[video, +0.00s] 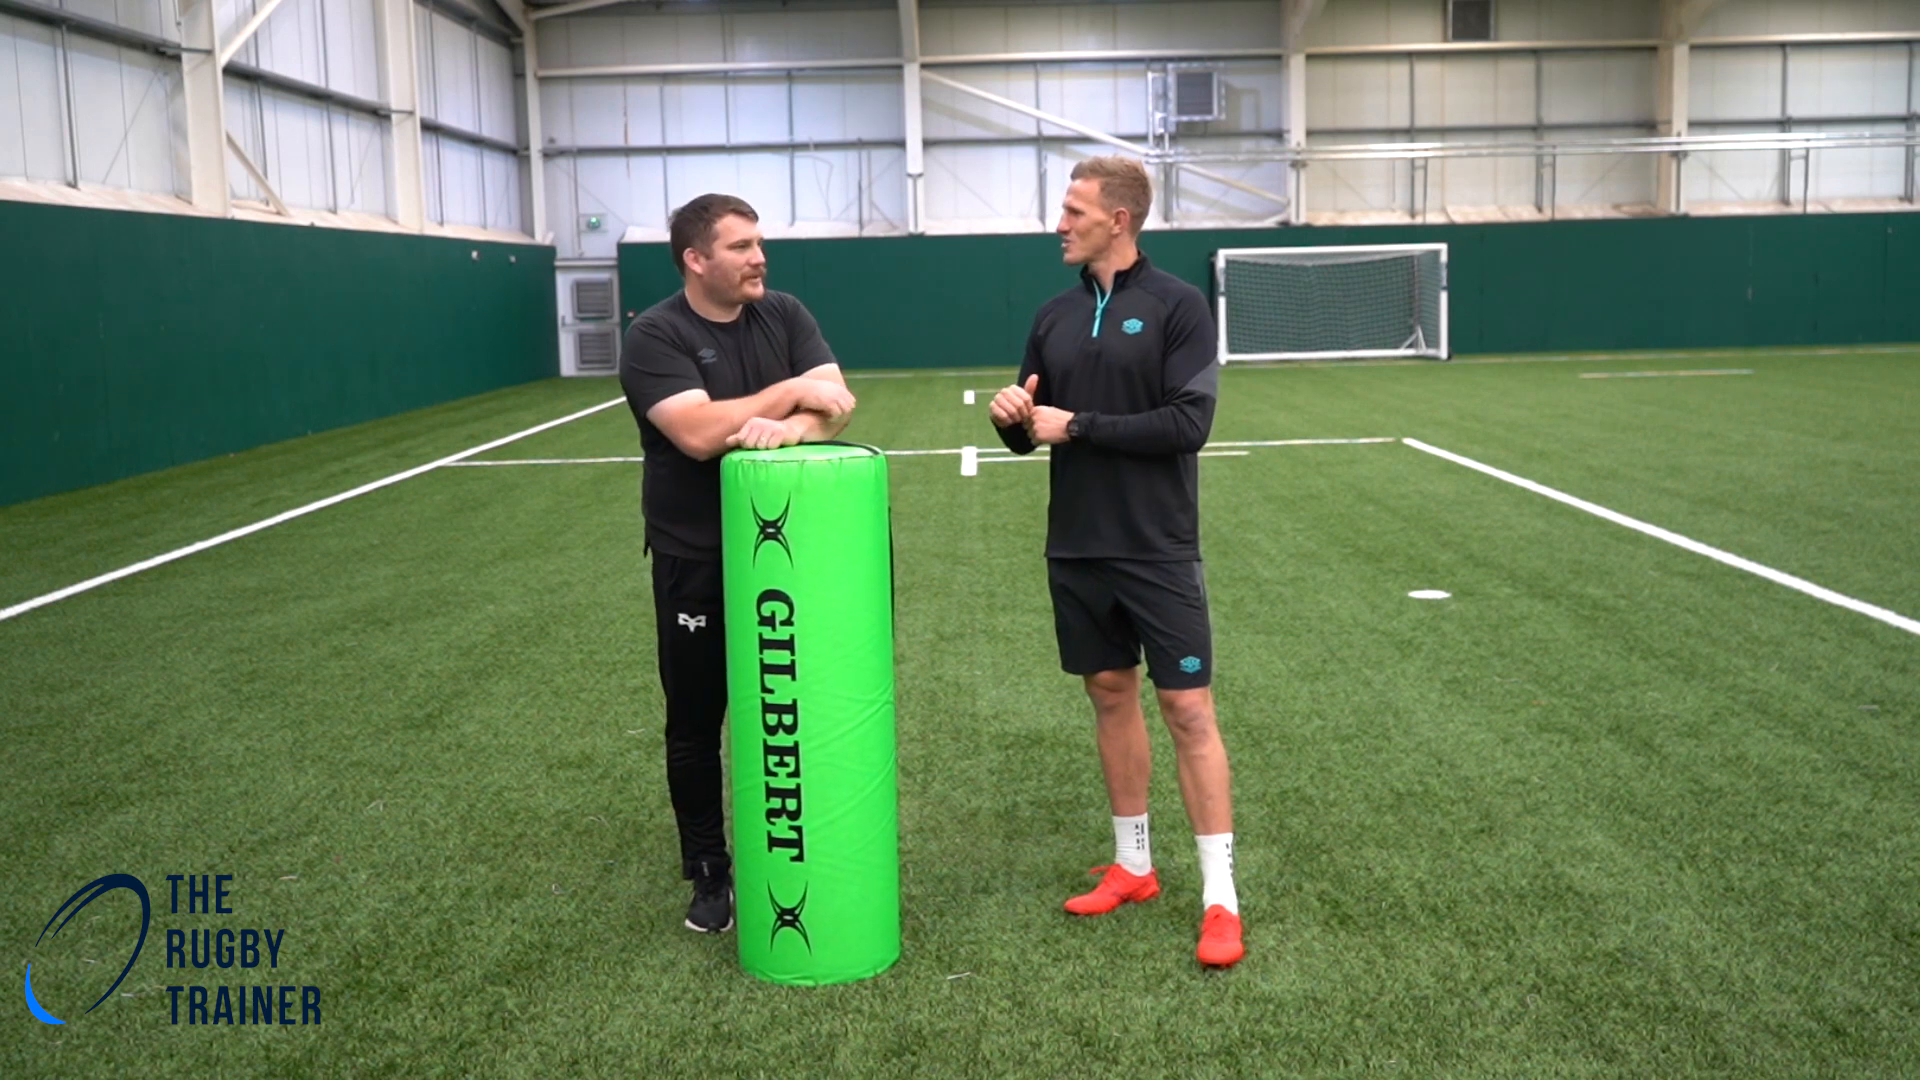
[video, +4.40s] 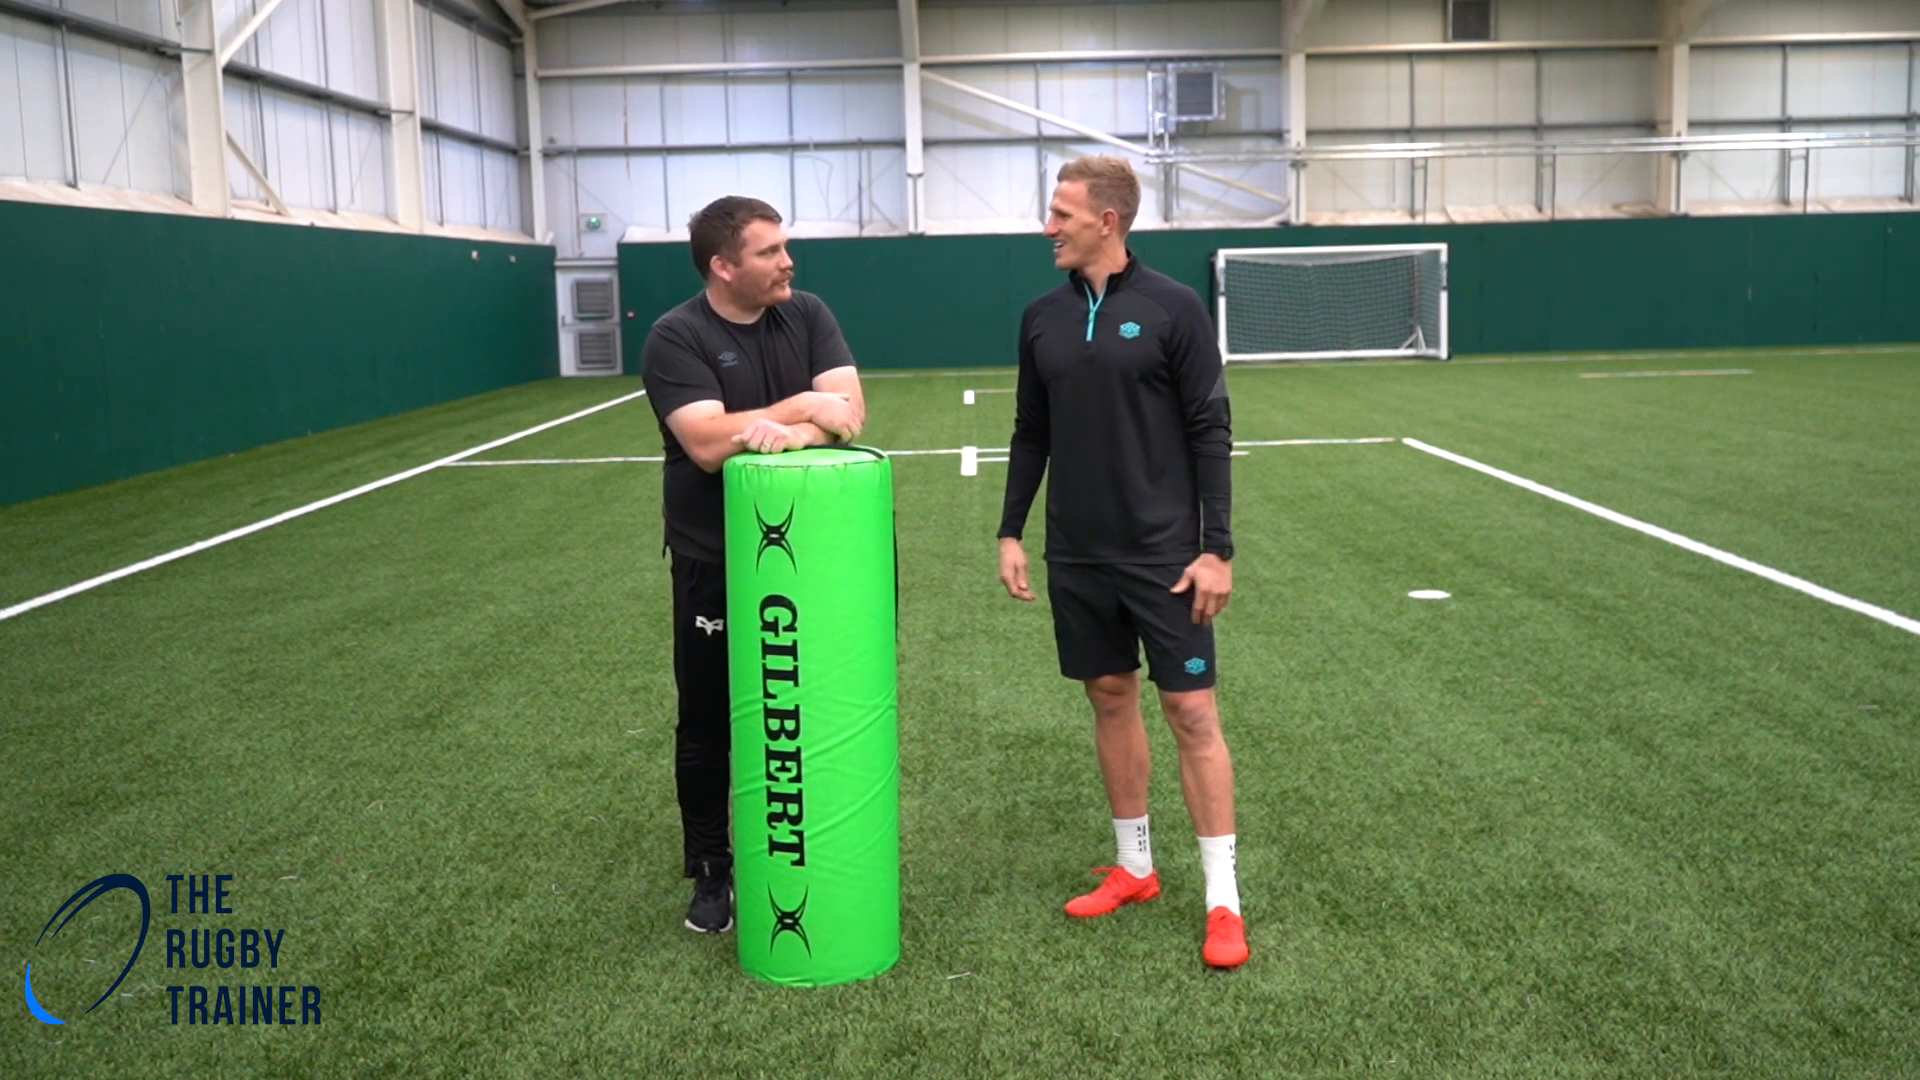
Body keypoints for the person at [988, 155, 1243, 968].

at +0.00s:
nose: (1060, 224)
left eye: (1074, 213)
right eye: (1063, 210)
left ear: (1120, 222)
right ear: (1099, 219)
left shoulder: (1180, 305)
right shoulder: (1054, 316)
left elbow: (1189, 424)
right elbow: (1024, 437)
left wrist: (1074, 425)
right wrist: (1012, 415)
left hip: (1159, 546)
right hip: (1079, 545)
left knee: (1189, 708)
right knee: (1109, 693)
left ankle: (1221, 896)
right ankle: (1132, 867)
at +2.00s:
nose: (1063, 228)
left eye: (1077, 216)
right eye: (1064, 214)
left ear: (1125, 222)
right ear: (1092, 221)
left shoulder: (1187, 306)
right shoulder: (1058, 317)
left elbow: (1210, 424)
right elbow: (1033, 426)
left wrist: (1097, 430)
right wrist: (1029, 429)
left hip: (1169, 548)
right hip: (1086, 547)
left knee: (1197, 709)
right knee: (1112, 697)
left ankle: (1224, 896)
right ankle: (1135, 867)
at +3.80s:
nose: (1048, 226)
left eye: (1061, 215)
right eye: (1049, 213)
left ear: (1110, 224)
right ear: (1076, 221)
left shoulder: (1174, 307)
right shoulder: (1044, 319)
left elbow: (1208, 429)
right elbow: (1029, 428)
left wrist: (1139, 512)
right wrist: (1007, 511)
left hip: (1164, 547)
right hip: (1078, 550)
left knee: (1194, 709)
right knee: (1109, 697)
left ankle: (1223, 898)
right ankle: (1134, 869)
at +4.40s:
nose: (1048, 227)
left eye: (1061, 216)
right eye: (1049, 213)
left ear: (1110, 224)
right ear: (1076, 221)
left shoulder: (1175, 308)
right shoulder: (1043, 317)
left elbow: (1212, 432)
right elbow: (1031, 431)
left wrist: (1216, 548)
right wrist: (1011, 530)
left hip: (1167, 551)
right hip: (1079, 552)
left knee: (1193, 712)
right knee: (1109, 699)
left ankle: (1223, 897)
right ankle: (1134, 869)